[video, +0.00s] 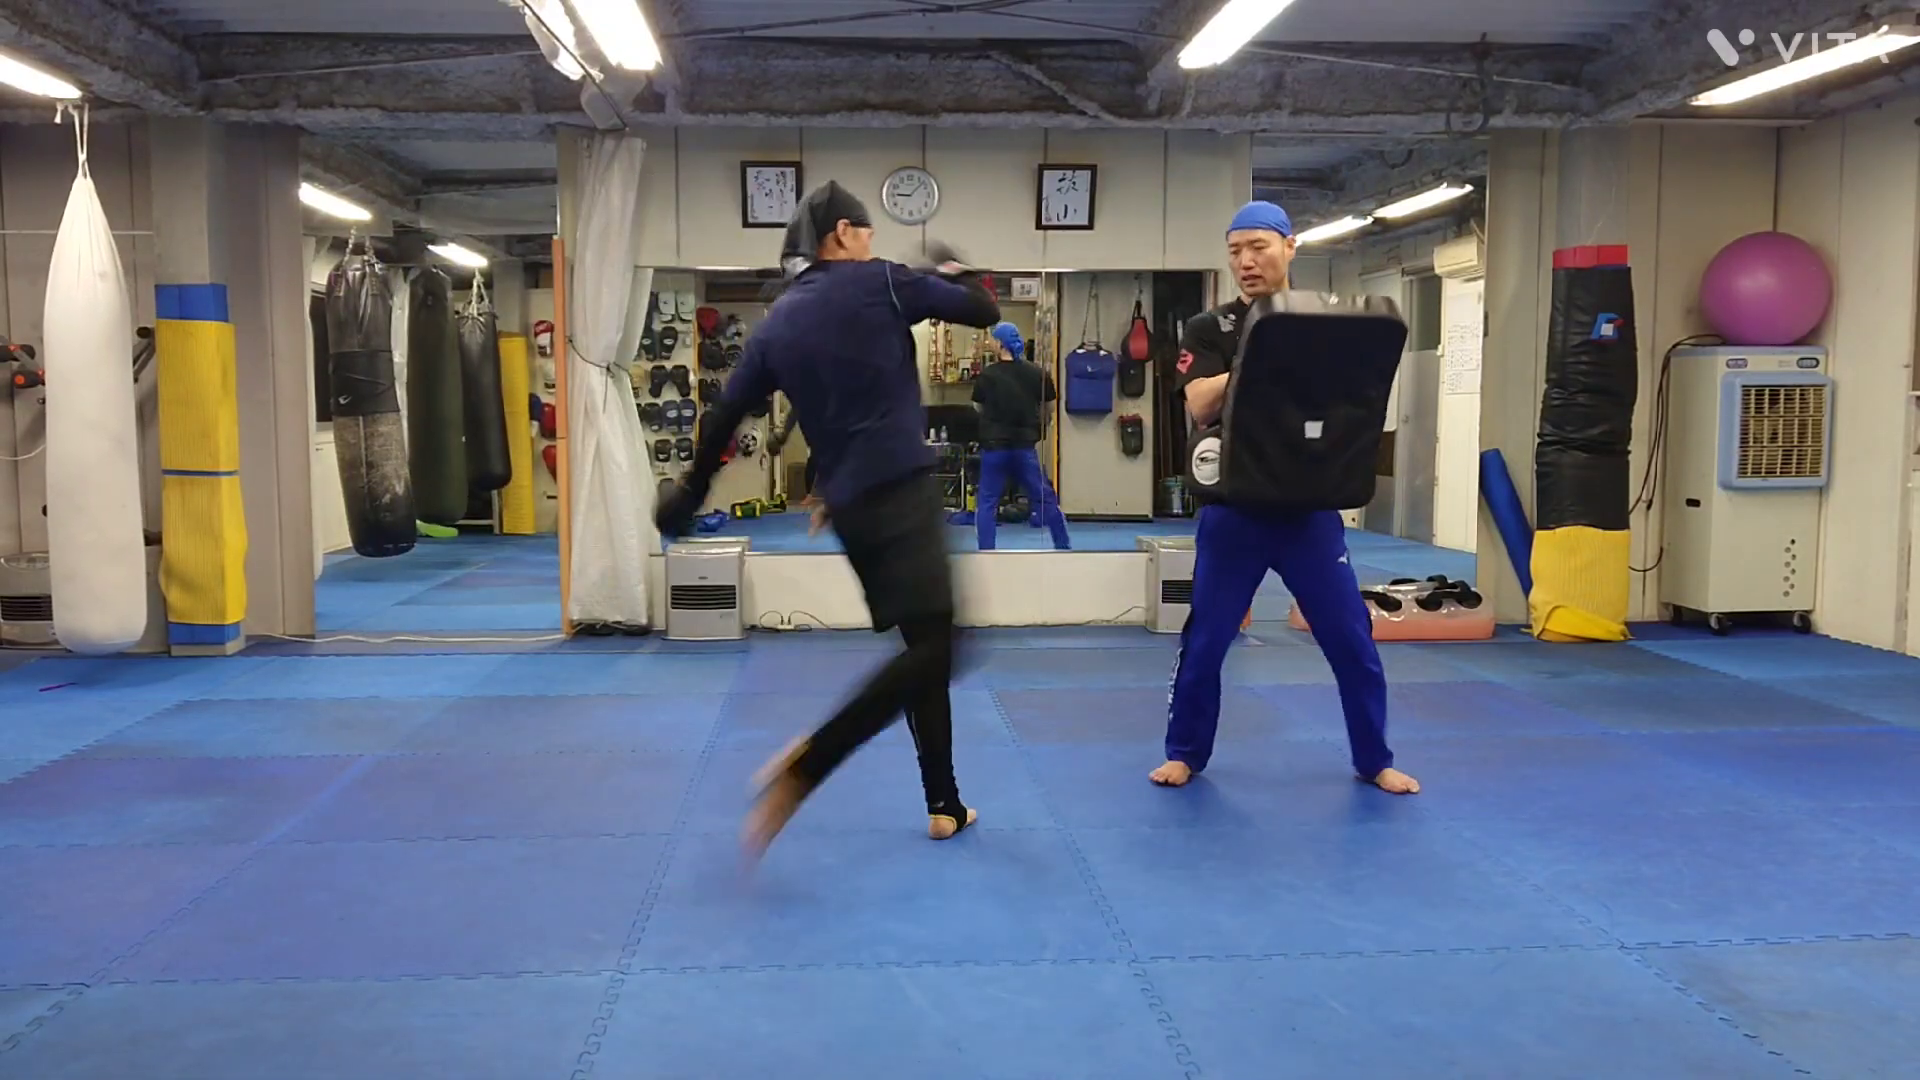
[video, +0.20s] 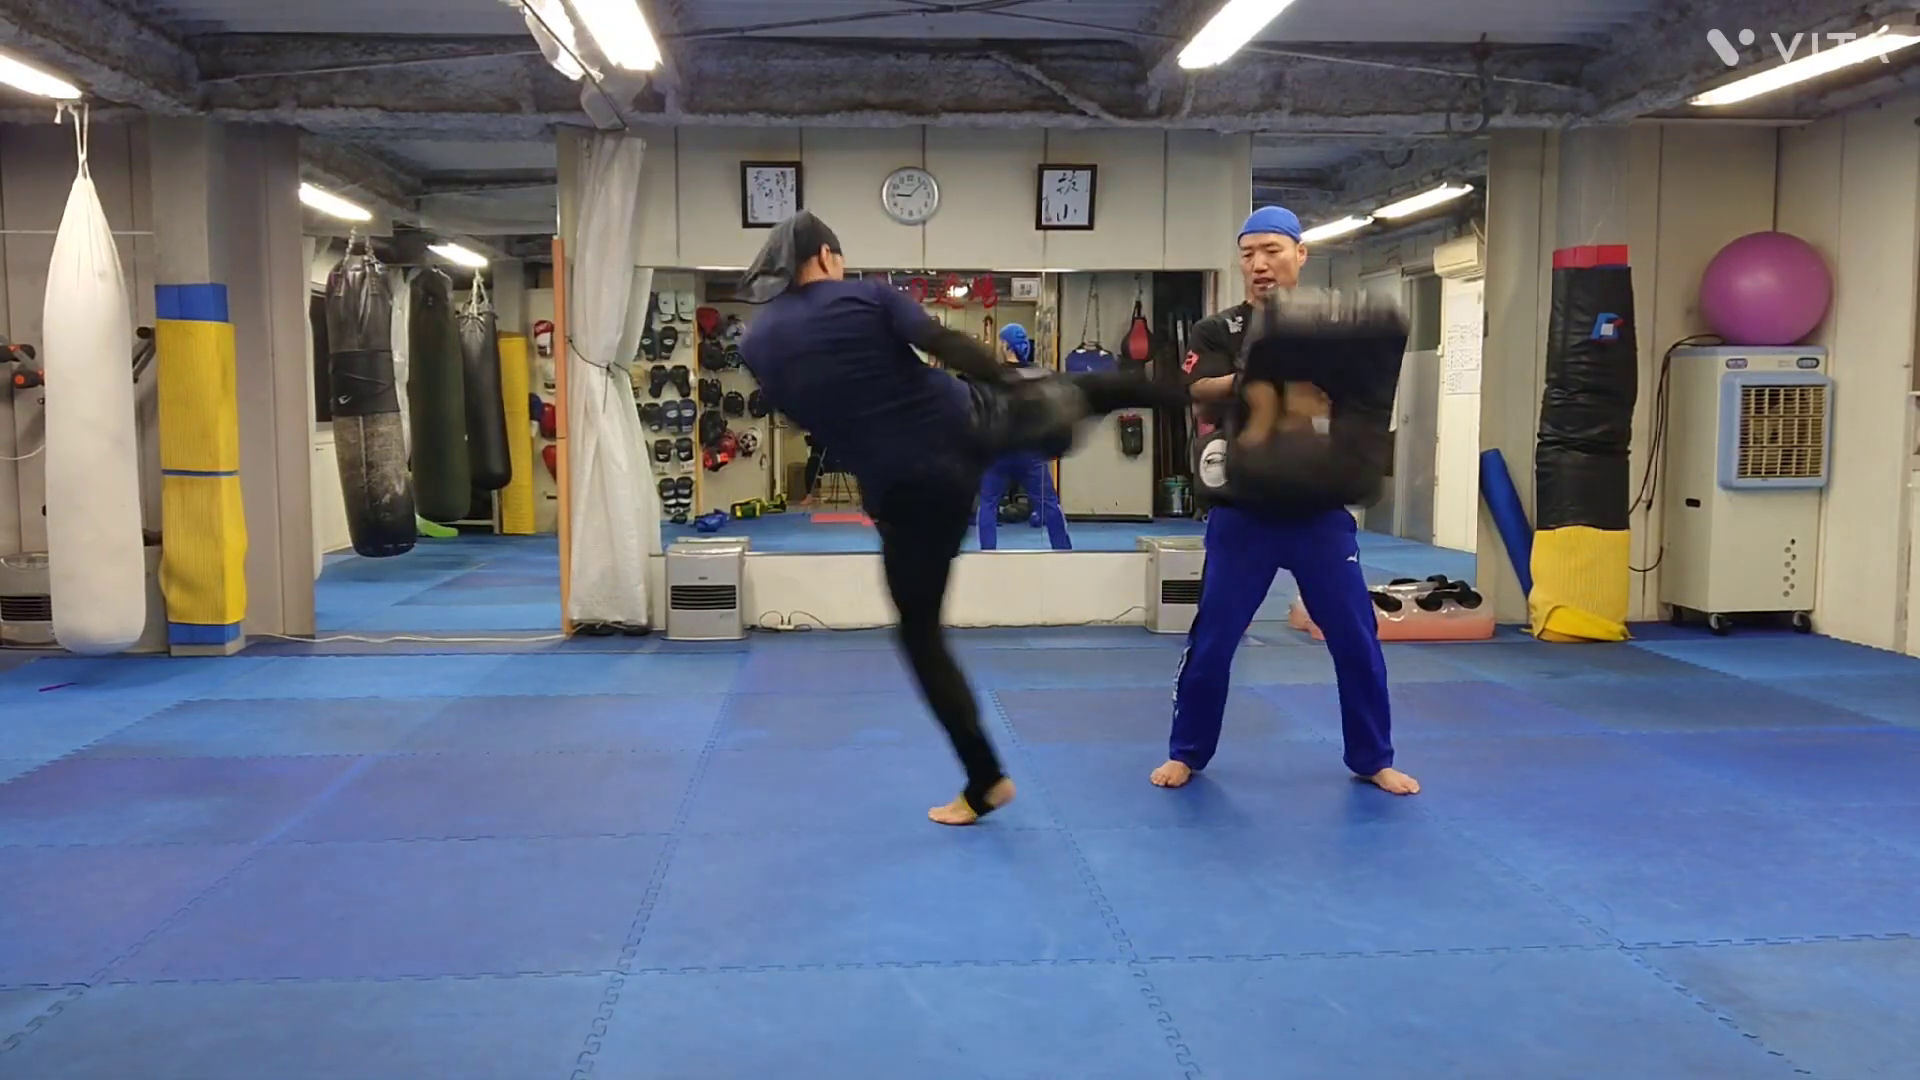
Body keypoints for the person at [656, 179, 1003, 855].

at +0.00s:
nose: (872, 246)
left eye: (868, 235)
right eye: (867, 235)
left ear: (816, 243)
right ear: (842, 236)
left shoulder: (778, 324)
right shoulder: (879, 282)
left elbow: (724, 415)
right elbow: (980, 308)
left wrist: (690, 492)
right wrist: (949, 277)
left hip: (852, 503)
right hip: (905, 485)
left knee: (925, 649)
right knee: (933, 648)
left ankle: (944, 806)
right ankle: (803, 767)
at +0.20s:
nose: (844, 268)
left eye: (838, 260)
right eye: (839, 258)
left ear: (777, 270)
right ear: (823, 257)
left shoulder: (758, 344)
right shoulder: (867, 295)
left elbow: (792, 410)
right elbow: (951, 346)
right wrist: (1002, 374)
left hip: (912, 494)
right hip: (964, 427)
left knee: (920, 636)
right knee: (1077, 394)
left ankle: (986, 779)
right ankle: (1183, 387)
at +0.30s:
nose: (856, 275)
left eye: (852, 267)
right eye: (851, 266)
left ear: (791, 277)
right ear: (831, 264)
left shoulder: (771, 350)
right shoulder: (860, 293)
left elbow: (834, 414)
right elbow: (923, 352)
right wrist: (966, 376)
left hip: (908, 494)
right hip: (964, 439)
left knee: (951, 640)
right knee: (1104, 411)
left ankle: (997, 787)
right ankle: (1259, 390)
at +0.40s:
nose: (875, 257)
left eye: (875, 247)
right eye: (870, 247)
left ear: (815, 252)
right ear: (843, 244)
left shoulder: (781, 337)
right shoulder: (863, 282)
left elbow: (821, 439)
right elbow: (910, 345)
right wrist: (991, 378)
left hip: (887, 485)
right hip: (947, 436)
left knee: (933, 631)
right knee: (1069, 457)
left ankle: (963, 785)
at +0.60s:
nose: (923, 251)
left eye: (923, 238)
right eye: (918, 237)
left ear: (871, 236)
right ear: (888, 233)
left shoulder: (837, 295)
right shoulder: (881, 285)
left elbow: (848, 408)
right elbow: (912, 359)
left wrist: (933, 421)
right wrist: (1002, 348)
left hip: (860, 487)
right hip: (893, 483)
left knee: (925, 636)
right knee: (971, 624)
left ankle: (937, 800)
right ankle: (877, 778)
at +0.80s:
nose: (959, 275)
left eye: (959, 262)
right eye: (955, 260)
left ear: (922, 255)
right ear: (925, 252)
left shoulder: (899, 322)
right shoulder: (867, 313)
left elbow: (918, 418)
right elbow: (845, 400)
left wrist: (995, 401)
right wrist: (933, 397)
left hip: (862, 510)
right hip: (821, 509)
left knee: (933, 617)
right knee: (847, 657)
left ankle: (911, 781)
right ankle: (784, 823)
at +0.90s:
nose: (961, 269)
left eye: (962, 256)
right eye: (957, 254)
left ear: (924, 252)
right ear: (926, 248)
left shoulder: (915, 326)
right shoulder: (866, 308)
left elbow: (946, 400)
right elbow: (830, 400)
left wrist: (1015, 390)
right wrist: (924, 427)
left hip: (870, 509)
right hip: (824, 508)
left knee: (933, 613)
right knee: (838, 658)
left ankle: (911, 772)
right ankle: (783, 823)